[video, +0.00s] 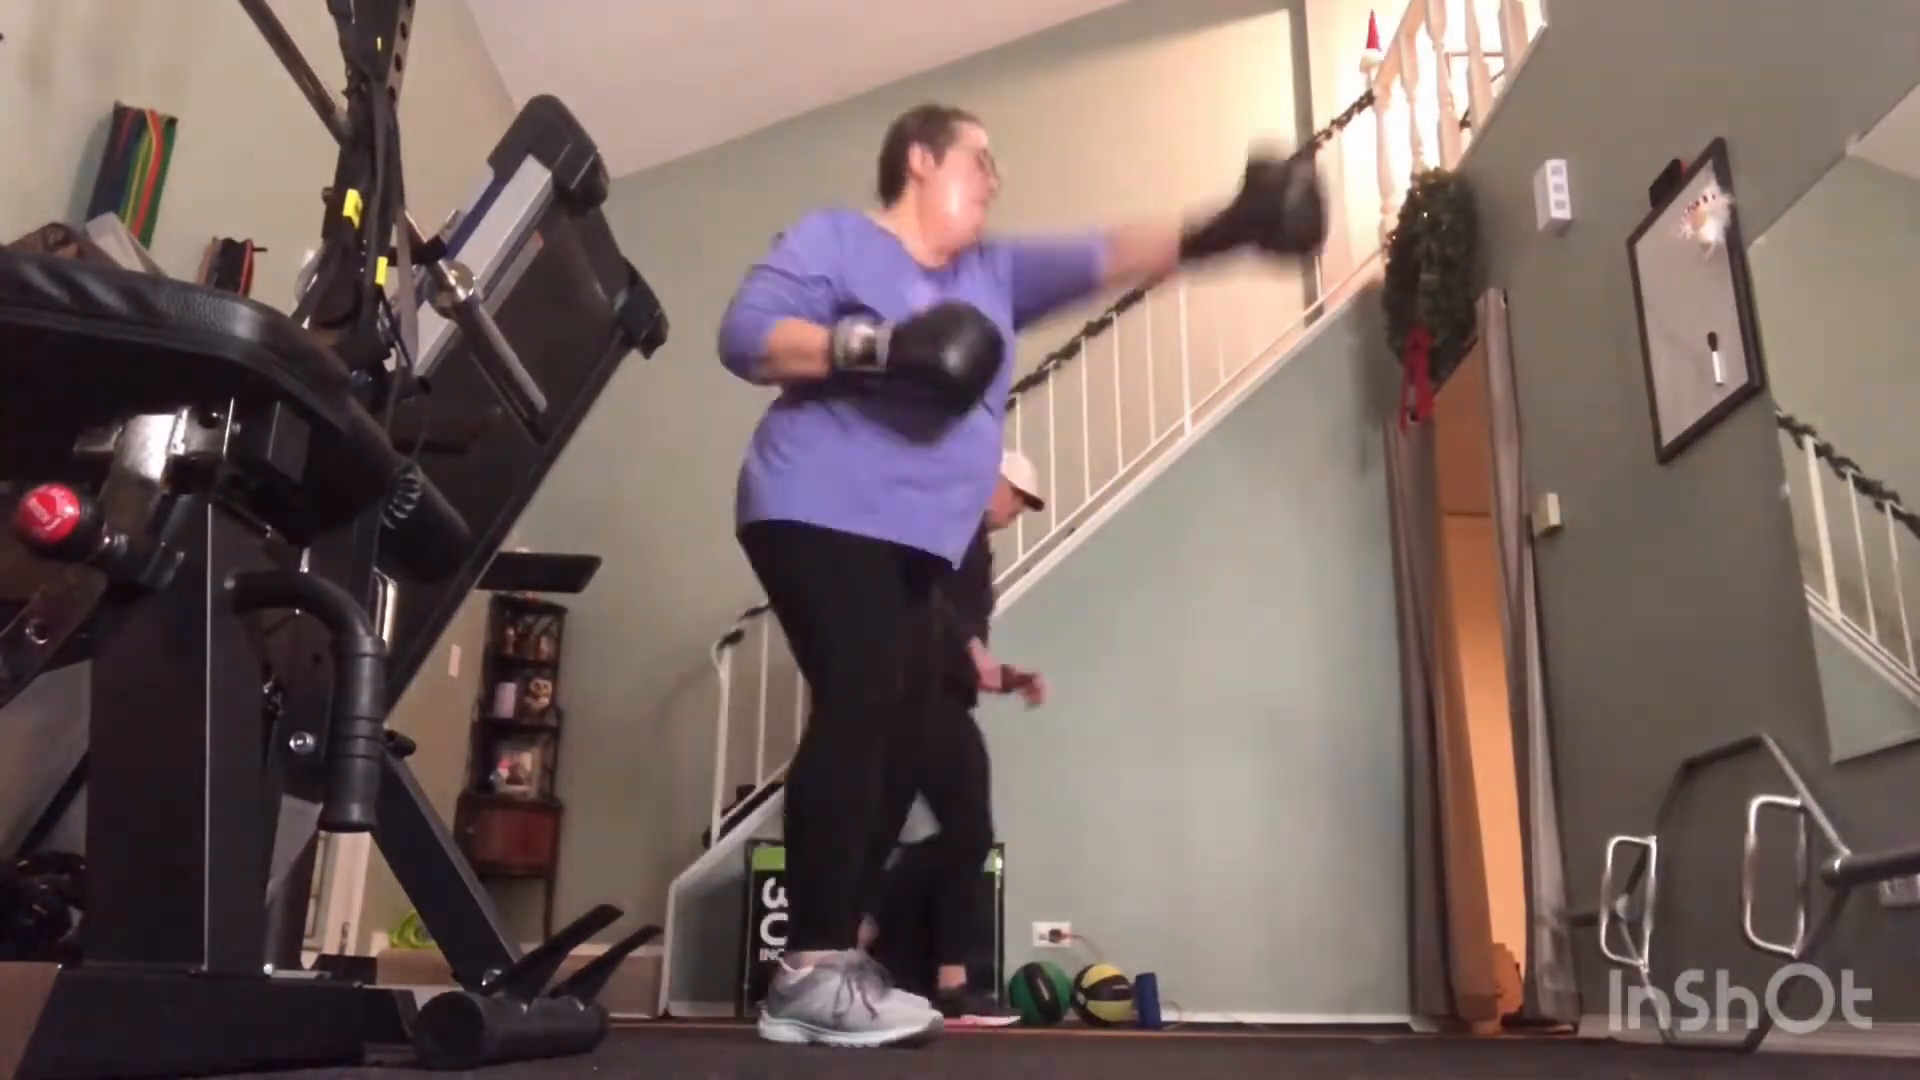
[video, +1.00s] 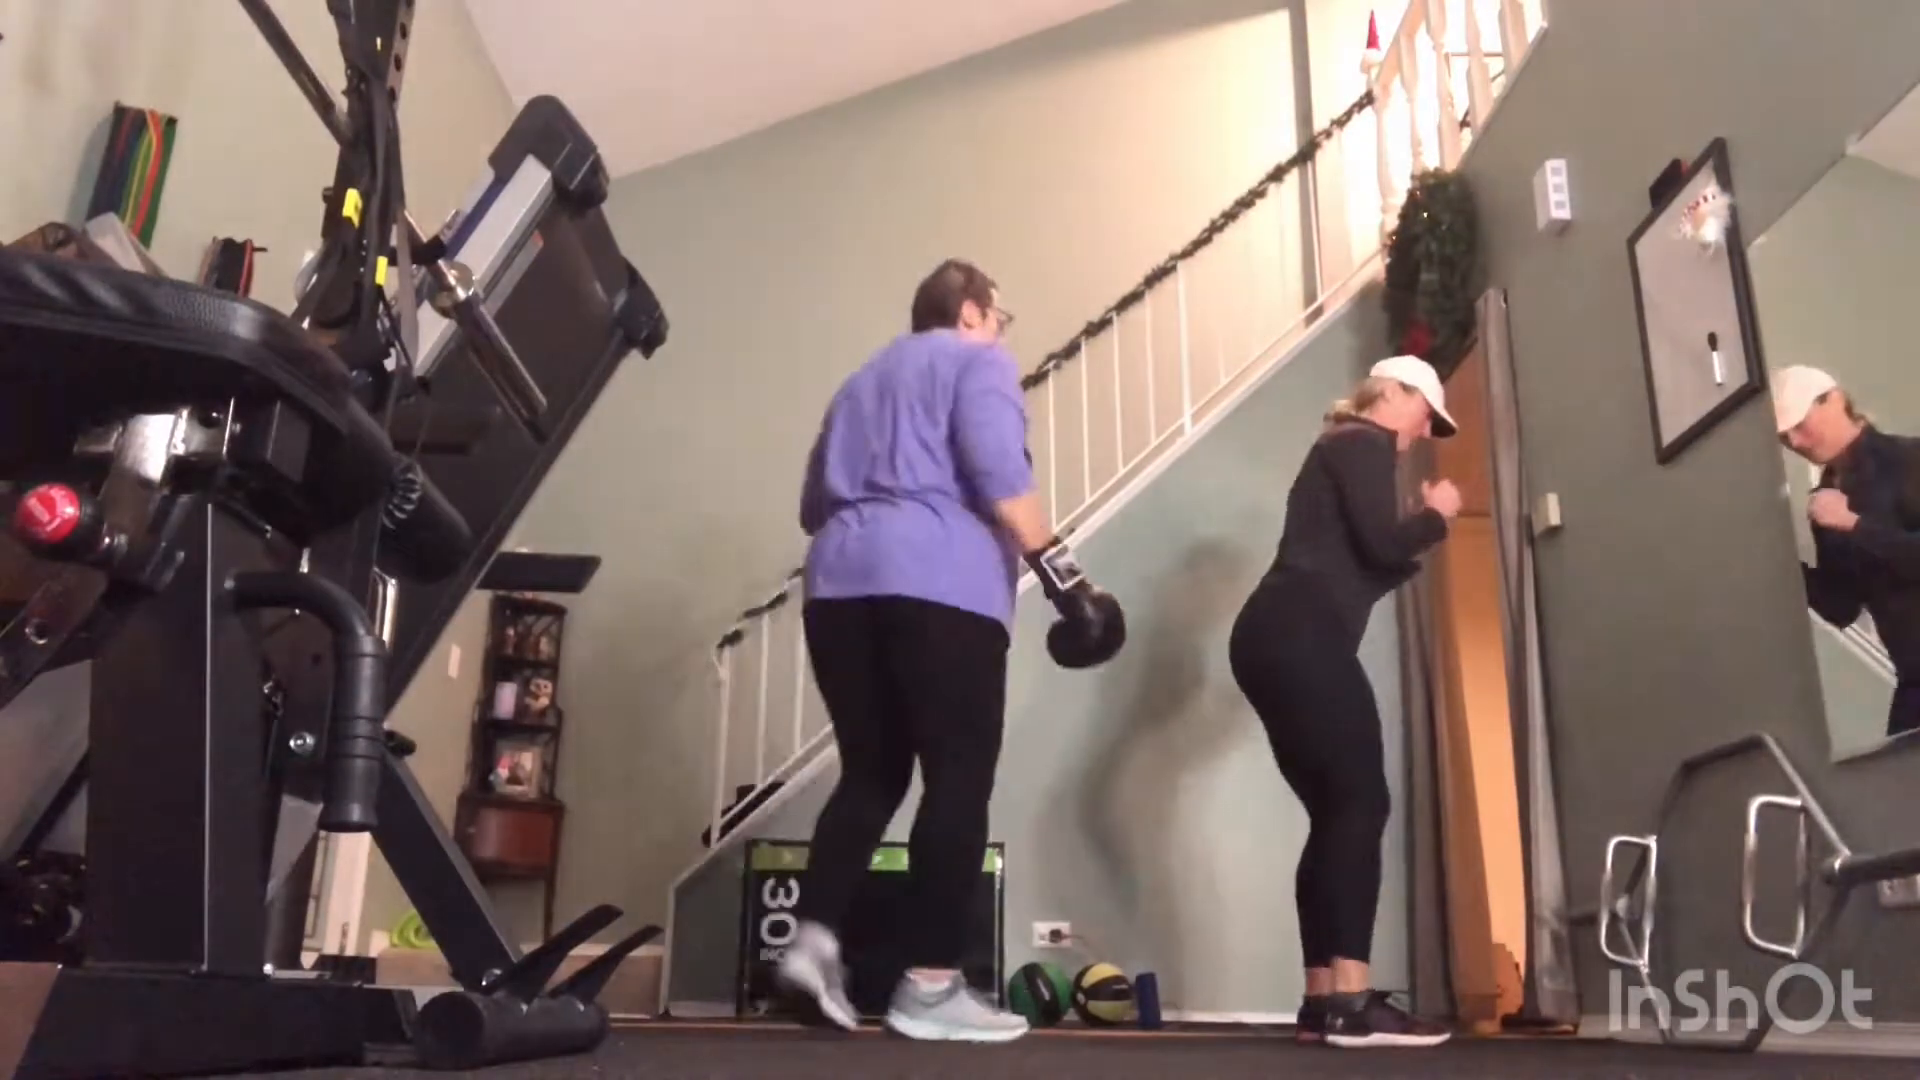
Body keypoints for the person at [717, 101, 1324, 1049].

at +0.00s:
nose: (994, 184)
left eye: (995, 169)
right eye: (980, 162)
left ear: (943, 169)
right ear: (921, 161)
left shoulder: (990, 270)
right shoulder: (835, 240)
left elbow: (1108, 255)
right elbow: (745, 336)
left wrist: (1228, 227)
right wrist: (868, 347)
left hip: (909, 544)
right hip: (811, 515)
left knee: (889, 743)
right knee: (862, 708)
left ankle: (834, 960)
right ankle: (812, 965)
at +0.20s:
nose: (1002, 199)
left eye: (1004, 182)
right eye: (1001, 178)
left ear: (950, 158)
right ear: (969, 156)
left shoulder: (951, 260)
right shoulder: (892, 189)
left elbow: (995, 407)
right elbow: (827, 285)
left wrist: (1037, 364)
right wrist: (970, 316)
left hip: (908, 506)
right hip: (864, 491)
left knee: (891, 722)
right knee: (880, 716)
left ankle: (854, 963)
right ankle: (825, 967)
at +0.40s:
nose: (1011, 211)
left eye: (1014, 198)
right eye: (1010, 192)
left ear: (969, 177)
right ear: (976, 170)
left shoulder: (956, 271)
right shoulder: (912, 196)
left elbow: (955, 418)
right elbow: (855, 295)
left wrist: (1029, 395)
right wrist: (993, 327)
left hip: (901, 509)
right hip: (864, 495)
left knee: (881, 725)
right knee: (870, 720)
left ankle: (853, 965)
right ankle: (822, 967)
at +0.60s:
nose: (1027, 213)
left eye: (1030, 199)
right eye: (1026, 191)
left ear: (985, 173)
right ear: (993, 163)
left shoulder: (967, 266)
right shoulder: (921, 189)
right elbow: (858, 288)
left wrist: (1038, 391)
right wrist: (994, 326)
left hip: (910, 504)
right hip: (870, 487)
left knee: (892, 722)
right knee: (883, 717)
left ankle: (854, 963)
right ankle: (825, 964)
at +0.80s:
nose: (988, 247)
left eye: (986, 234)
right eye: (984, 232)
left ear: (898, 214)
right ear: (957, 216)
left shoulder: (811, 288)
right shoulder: (940, 251)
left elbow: (740, 413)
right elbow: (948, 353)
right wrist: (1026, 428)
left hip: (758, 510)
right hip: (870, 511)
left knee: (792, 734)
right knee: (864, 722)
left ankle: (775, 976)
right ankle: (806, 961)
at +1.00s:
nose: (999, 331)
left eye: (998, 319)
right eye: (996, 318)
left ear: (923, 314)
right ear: (972, 311)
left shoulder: (857, 384)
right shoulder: (978, 359)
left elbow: (815, 508)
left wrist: (906, 528)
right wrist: (1064, 574)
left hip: (836, 592)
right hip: (943, 588)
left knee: (872, 770)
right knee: (958, 780)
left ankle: (814, 939)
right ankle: (932, 983)